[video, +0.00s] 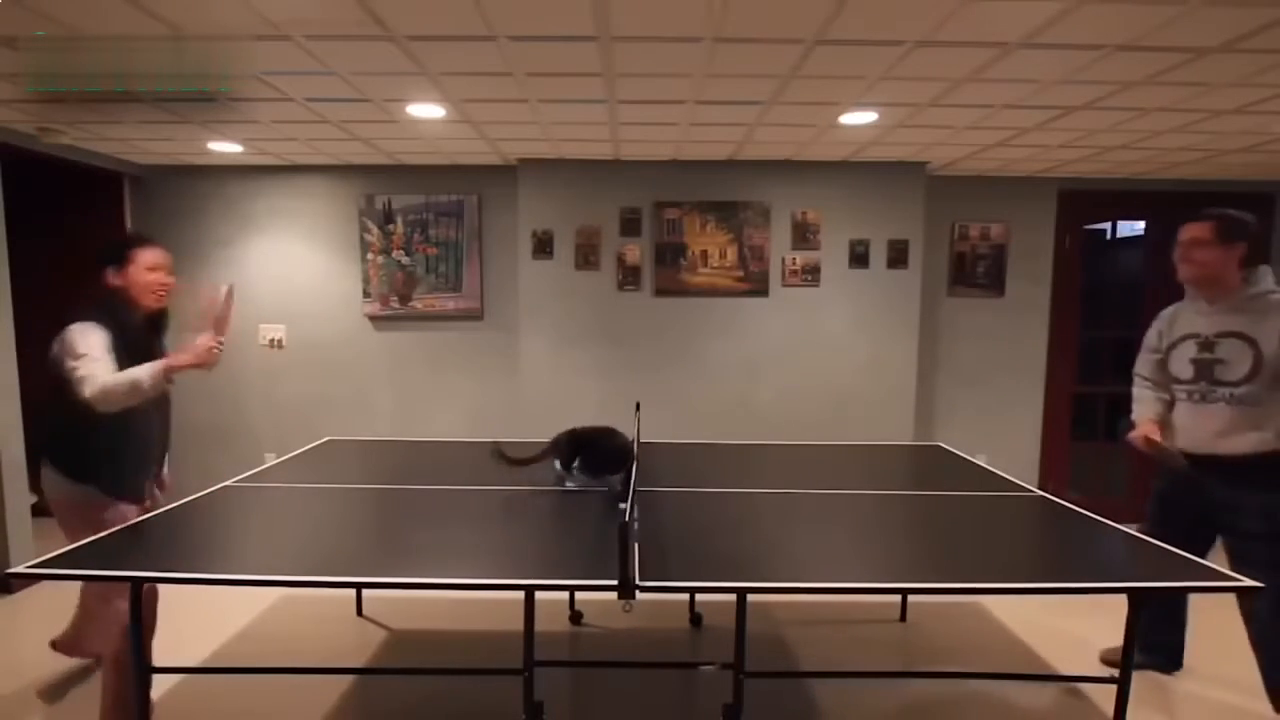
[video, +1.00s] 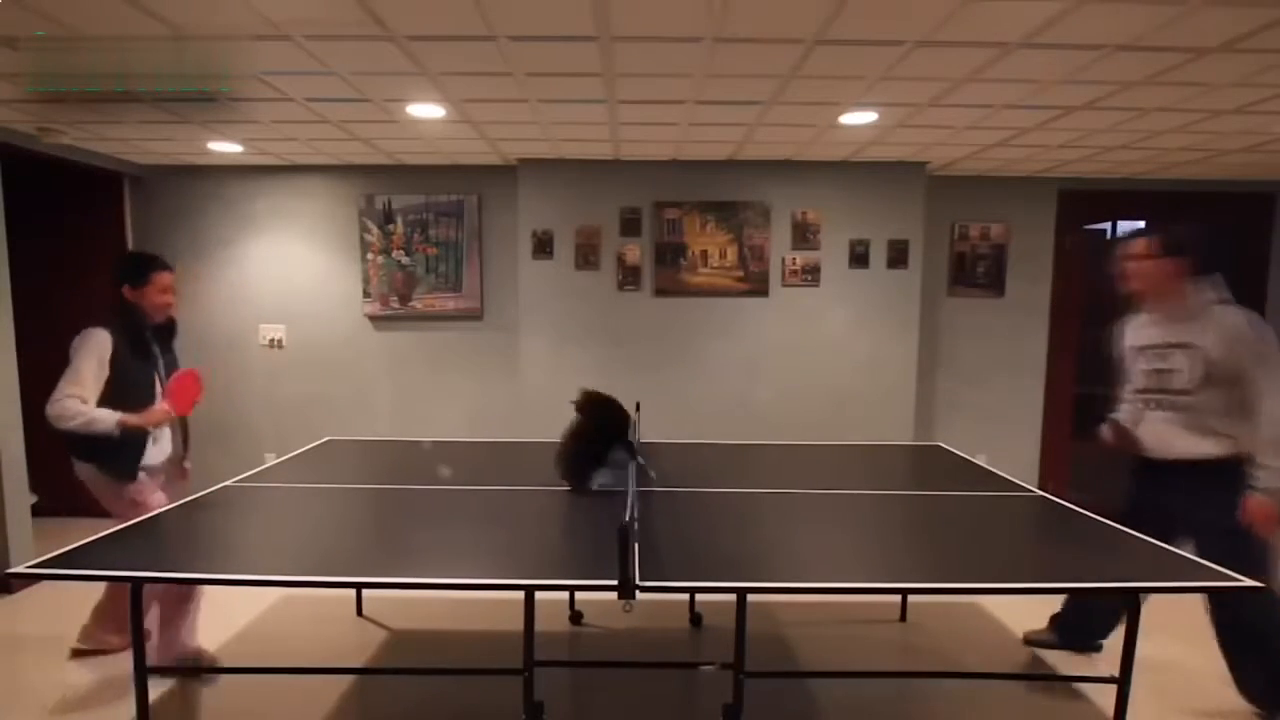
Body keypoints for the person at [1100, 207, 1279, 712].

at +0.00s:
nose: (1183, 256)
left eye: (1197, 247)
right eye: (1180, 247)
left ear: (1235, 253)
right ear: (1176, 256)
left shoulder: (1271, 309)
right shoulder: (1169, 321)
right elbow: (1149, 381)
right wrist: (1146, 421)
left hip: (1257, 470)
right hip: (1185, 467)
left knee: (1266, 589)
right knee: (1158, 561)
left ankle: (1277, 686)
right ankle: (1155, 651)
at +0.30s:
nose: (1158, 277)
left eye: (1169, 265)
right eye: (1154, 268)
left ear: (1207, 267)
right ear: (1155, 276)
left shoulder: (1260, 322)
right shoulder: (1158, 335)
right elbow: (1142, 390)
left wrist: (1277, 501)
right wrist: (1112, 411)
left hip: (1247, 478)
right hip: (1176, 476)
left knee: (1260, 598)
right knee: (1136, 558)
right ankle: (1087, 635)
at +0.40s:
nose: (1109, 297)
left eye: (1119, 285)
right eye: (1105, 287)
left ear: (1156, 282)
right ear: (1107, 292)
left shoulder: (1210, 338)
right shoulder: (1117, 341)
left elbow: (1252, 418)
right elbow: (1083, 382)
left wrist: (1248, 499)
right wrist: (1054, 404)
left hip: (1202, 488)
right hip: (1138, 484)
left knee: (1238, 602)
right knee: (1091, 546)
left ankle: (1279, 687)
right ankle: (1076, 630)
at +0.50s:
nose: (1072, 295)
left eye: (1082, 285)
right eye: (1070, 286)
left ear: (1120, 287)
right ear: (1076, 292)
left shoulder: (1177, 342)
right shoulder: (1078, 343)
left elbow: (1215, 418)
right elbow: (1029, 369)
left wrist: (1209, 492)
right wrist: (988, 386)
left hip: (1175, 484)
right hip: (1114, 481)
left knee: (1218, 596)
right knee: (1068, 546)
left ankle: (1275, 694)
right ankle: (1072, 631)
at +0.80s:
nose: (1057, 274)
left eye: (1068, 265)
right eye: (1056, 266)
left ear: (1104, 269)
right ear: (1059, 274)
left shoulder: (1159, 322)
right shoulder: (1060, 333)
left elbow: (1204, 390)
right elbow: (1035, 394)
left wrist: (1218, 462)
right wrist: (1029, 404)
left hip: (1168, 463)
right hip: (1102, 462)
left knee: (1220, 576)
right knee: (1079, 546)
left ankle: (1276, 683)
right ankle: (1075, 630)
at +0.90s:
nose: (1079, 273)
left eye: (1090, 264)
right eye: (1077, 264)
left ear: (1124, 270)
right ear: (1074, 272)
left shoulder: (1183, 324)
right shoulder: (1084, 333)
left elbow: (1229, 397)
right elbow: (1101, 395)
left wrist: (1239, 473)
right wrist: (1089, 426)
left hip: (1185, 469)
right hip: (1118, 467)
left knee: (1230, 585)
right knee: (1092, 550)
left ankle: (1275, 686)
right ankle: (1076, 630)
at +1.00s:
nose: (1130, 269)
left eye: (1142, 259)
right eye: (1128, 260)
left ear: (1178, 265)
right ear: (1124, 270)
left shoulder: (1234, 326)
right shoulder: (1131, 330)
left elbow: (1271, 405)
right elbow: (1135, 394)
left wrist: (1265, 486)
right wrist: (1117, 425)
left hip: (1218, 476)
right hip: (1152, 473)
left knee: (1241, 595)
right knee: (1118, 556)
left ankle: (1270, 695)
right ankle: (1077, 631)